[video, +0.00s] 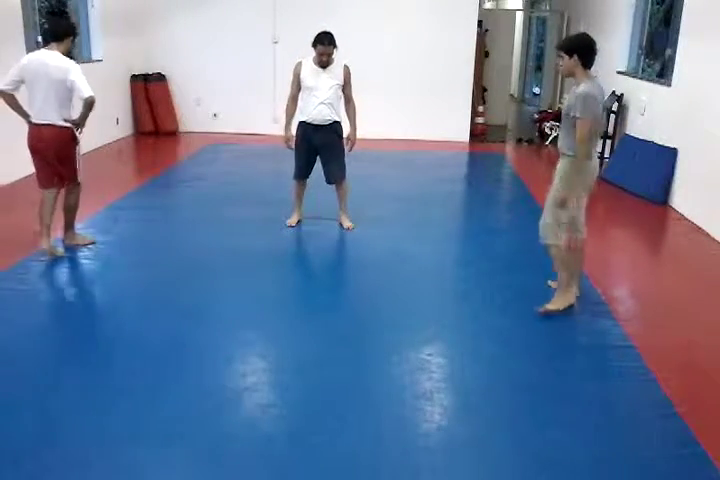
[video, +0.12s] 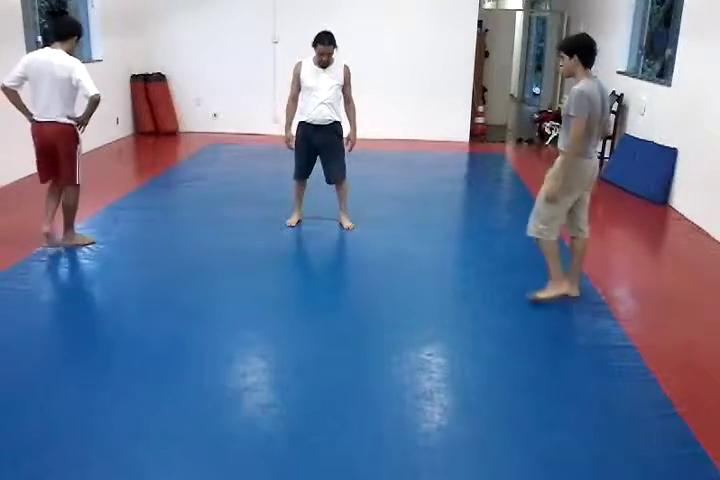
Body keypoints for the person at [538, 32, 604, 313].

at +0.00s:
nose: (558, 63)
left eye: (562, 58)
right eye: (558, 57)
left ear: (576, 59)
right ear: (580, 60)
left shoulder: (586, 93)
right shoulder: (588, 89)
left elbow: (582, 145)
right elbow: (582, 141)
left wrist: (569, 187)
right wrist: (568, 178)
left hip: (574, 165)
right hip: (578, 163)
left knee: (554, 225)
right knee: (571, 224)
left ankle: (566, 290)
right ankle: (569, 279)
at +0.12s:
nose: (559, 64)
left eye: (562, 58)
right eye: (560, 58)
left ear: (576, 59)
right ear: (582, 59)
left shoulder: (580, 91)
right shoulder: (599, 88)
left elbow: (575, 140)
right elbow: (602, 131)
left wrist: (557, 177)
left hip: (571, 163)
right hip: (589, 163)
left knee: (543, 224)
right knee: (579, 226)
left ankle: (557, 280)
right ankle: (573, 282)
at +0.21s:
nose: (559, 65)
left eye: (562, 59)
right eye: (559, 59)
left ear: (576, 59)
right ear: (582, 60)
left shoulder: (577, 90)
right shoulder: (601, 88)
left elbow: (569, 134)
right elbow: (605, 130)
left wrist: (554, 170)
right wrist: (583, 144)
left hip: (569, 162)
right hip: (590, 163)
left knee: (539, 218)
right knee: (580, 225)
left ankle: (550, 275)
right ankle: (573, 281)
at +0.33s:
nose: (558, 65)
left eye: (560, 59)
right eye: (558, 59)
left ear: (572, 60)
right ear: (584, 60)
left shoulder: (568, 90)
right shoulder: (601, 89)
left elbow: (559, 134)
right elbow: (606, 130)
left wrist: (545, 172)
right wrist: (585, 138)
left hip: (564, 159)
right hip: (590, 161)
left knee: (539, 215)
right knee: (580, 225)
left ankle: (544, 268)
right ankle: (571, 281)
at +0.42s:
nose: (556, 65)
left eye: (558, 60)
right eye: (556, 60)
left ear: (569, 60)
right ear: (581, 61)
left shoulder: (563, 90)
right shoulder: (599, 91)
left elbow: (556, 132)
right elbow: (604, 129)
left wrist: (543, 169)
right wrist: (585, 136)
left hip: (562, 157)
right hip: (589, 160)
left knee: (541, 210)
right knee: (578, 224)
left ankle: (544, 261)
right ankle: (570, 280)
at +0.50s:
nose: (552, 66)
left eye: (554, 61)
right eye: (552, 60)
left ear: (566, 61)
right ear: (577, 62)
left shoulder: (559, 91)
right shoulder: (597, 91)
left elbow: (551, 133)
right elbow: (604, 130)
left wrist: (539, 170)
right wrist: (584, 125)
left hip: (560, 157)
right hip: (587, 160)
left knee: (544, 209)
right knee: (577, 222)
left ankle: (545, 254)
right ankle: (570, 278)